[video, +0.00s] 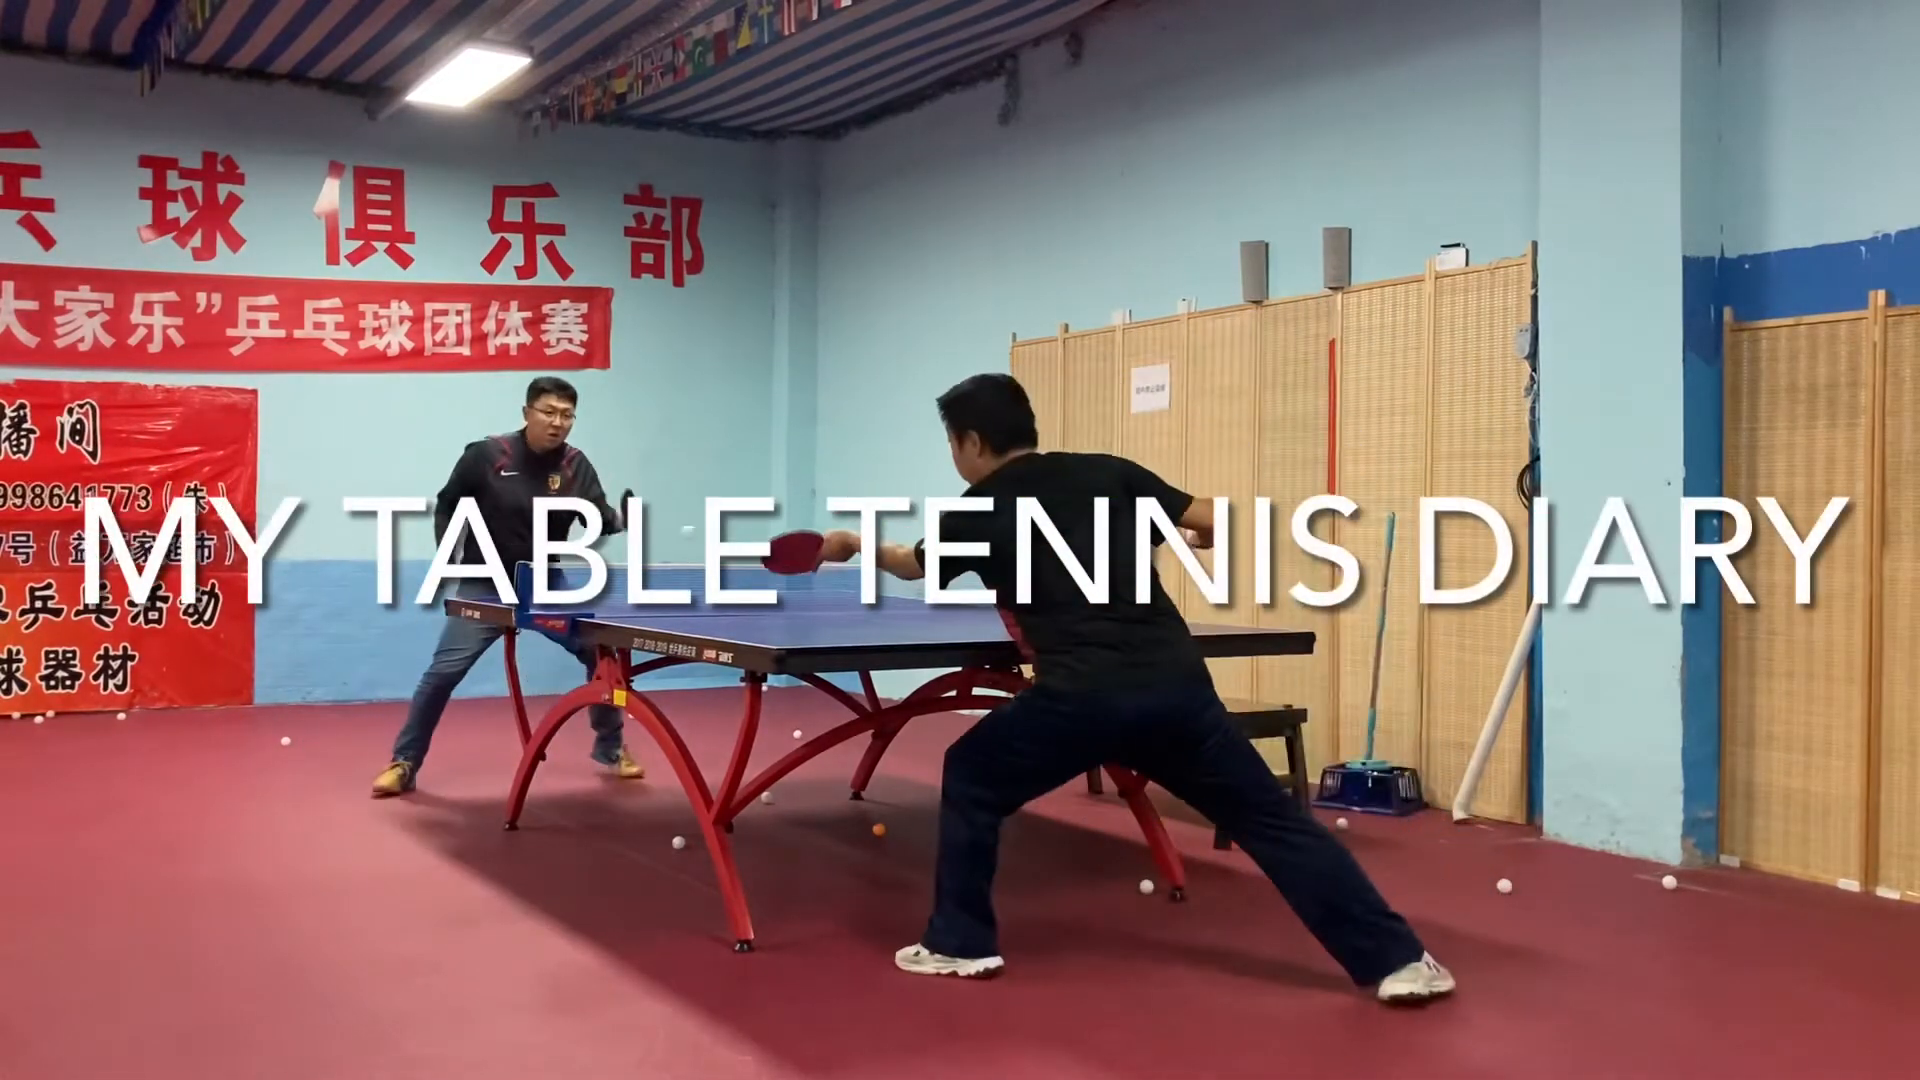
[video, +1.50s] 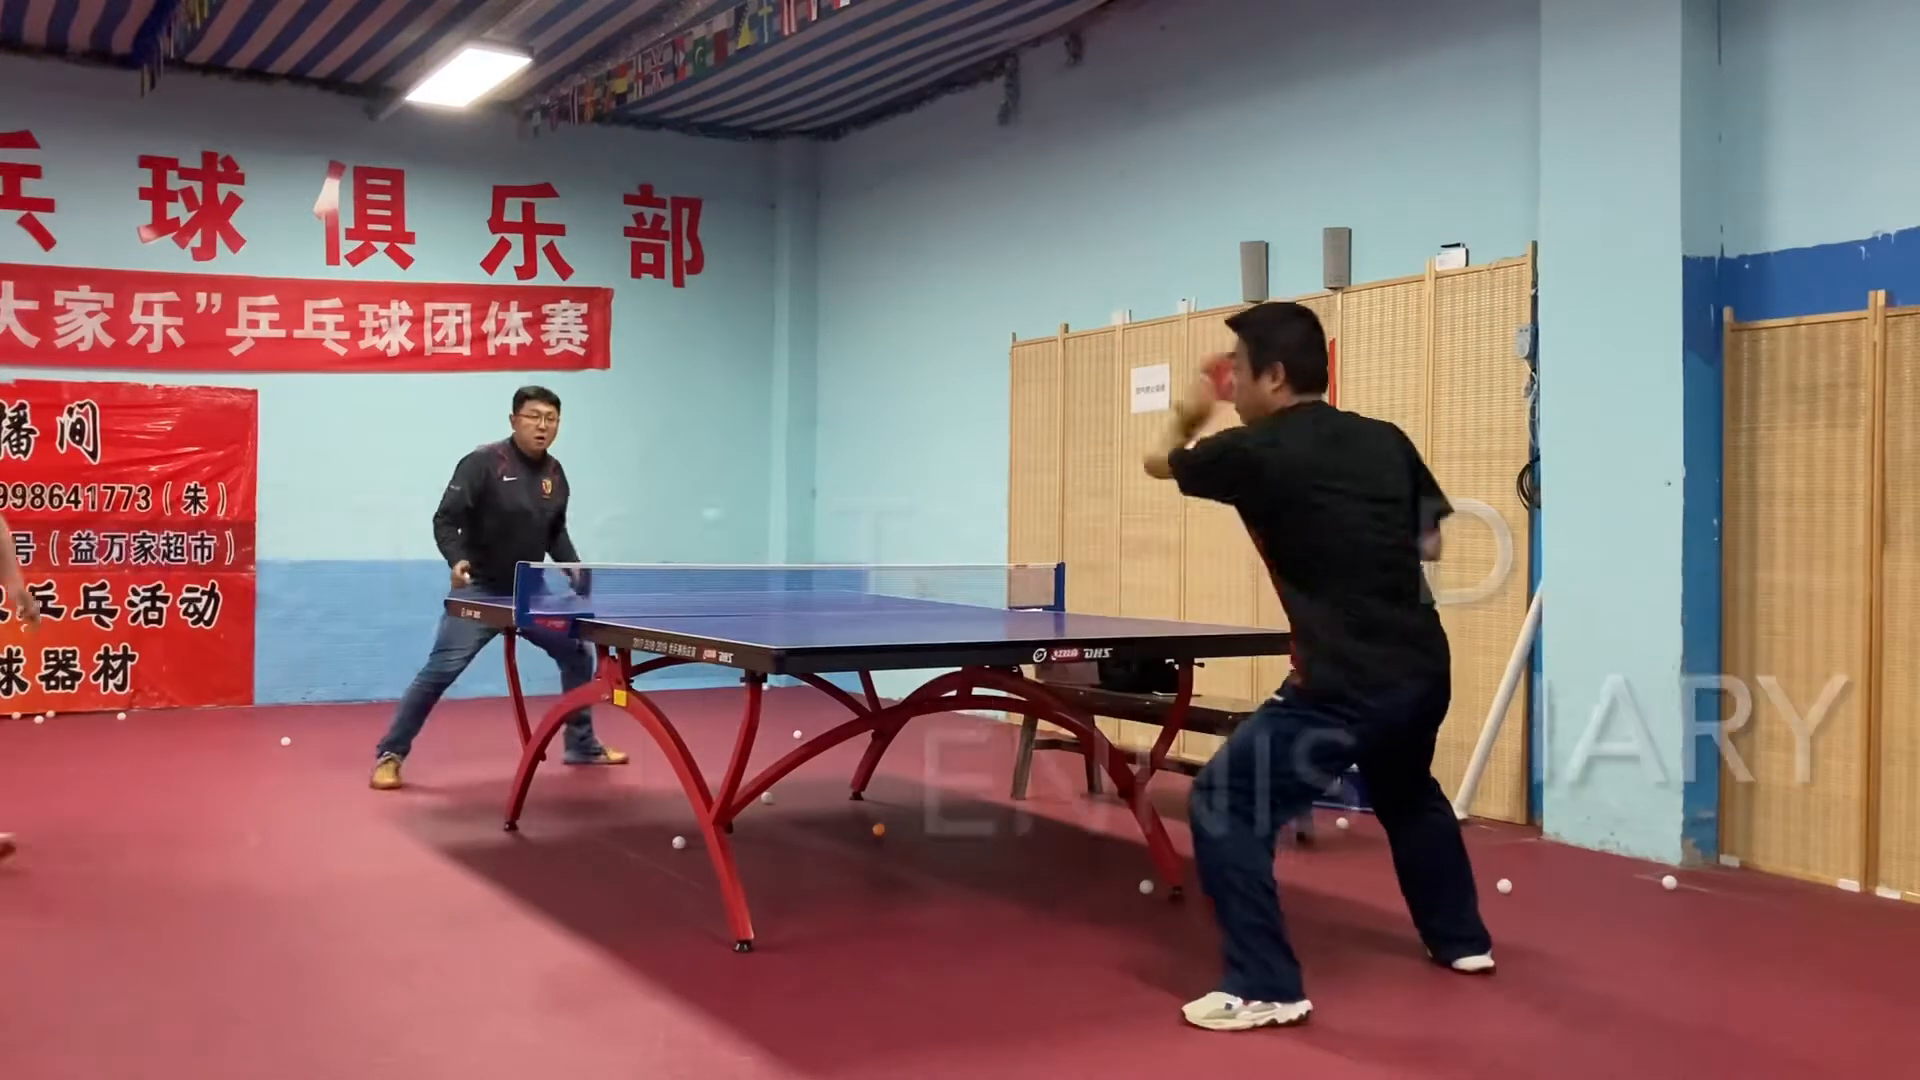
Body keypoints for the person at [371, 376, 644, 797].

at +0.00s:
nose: (558, 422)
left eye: (566, 415)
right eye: (548, 413)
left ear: (573, 419)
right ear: (527, 413)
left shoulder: (576, 465)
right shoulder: (485, 456)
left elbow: (598, 521)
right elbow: (446, 510)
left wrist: (620, 518)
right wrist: (460, 568)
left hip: (547, 587)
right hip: (484, 587)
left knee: (604, 650)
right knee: (443, 672)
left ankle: (610, 750)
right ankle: (404, 764)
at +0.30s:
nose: (565, 442)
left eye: (576, 434)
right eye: (558, 432)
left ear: (589, 437)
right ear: (543, 430)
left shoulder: (597, 479)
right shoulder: (509, 467)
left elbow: (608, 541)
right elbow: (473, 524)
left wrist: (562, 564)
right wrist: (501, 566)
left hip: (564, 598)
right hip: (504, 593)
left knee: (612, 659)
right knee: (462, 665)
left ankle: (612, 755)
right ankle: (414, 765)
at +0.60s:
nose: (476, 447)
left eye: (485, 438)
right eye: (467, 438)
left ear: (500, 437)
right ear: (453, 435)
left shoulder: (517, 471)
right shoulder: (434, 470)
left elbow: (514, 529)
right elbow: (417, 535)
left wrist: (468, 562)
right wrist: (391, 589)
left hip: (516, 587)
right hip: (459, 590)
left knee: (567, 664)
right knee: (432, 666)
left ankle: (608, 754)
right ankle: (409, 766)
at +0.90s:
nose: (465, 429)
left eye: (474, 420)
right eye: (455, 421)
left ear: (485, 422)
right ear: (438, 424)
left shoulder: (508, 461)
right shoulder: (419, 466)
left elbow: (528, 527)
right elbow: (396, 531)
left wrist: (497, 577)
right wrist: (383, 589)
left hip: (513, 582)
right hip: (455, 586)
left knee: (559, 660)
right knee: (430, 667)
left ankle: (579, 741)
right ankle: (408, 767)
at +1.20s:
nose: (520, 420)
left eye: (529, 412)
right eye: (511, 411)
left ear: (539, 417)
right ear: (494, 415)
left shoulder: (551, 463)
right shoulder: (462, 459)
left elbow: (568, 521)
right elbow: (434, 520)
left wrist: (553, 570)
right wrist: (432, 568)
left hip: (530, 580)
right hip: (470, 578)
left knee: (561, 657)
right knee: (439, 660)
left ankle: (575, 747)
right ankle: (406, 757)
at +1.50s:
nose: (543, 426)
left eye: (551, 419)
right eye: (534, 417)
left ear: (558, 427)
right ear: (514, 420)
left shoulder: (554, 473)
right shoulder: (481, 463)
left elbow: (555, 531)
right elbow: (446, 520)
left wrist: (575, 568)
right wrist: (456, 560)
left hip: (529, 591)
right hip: (479, 592)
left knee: (577, 654)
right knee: (440, 670)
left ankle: (582, 747)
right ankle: (390, 756)